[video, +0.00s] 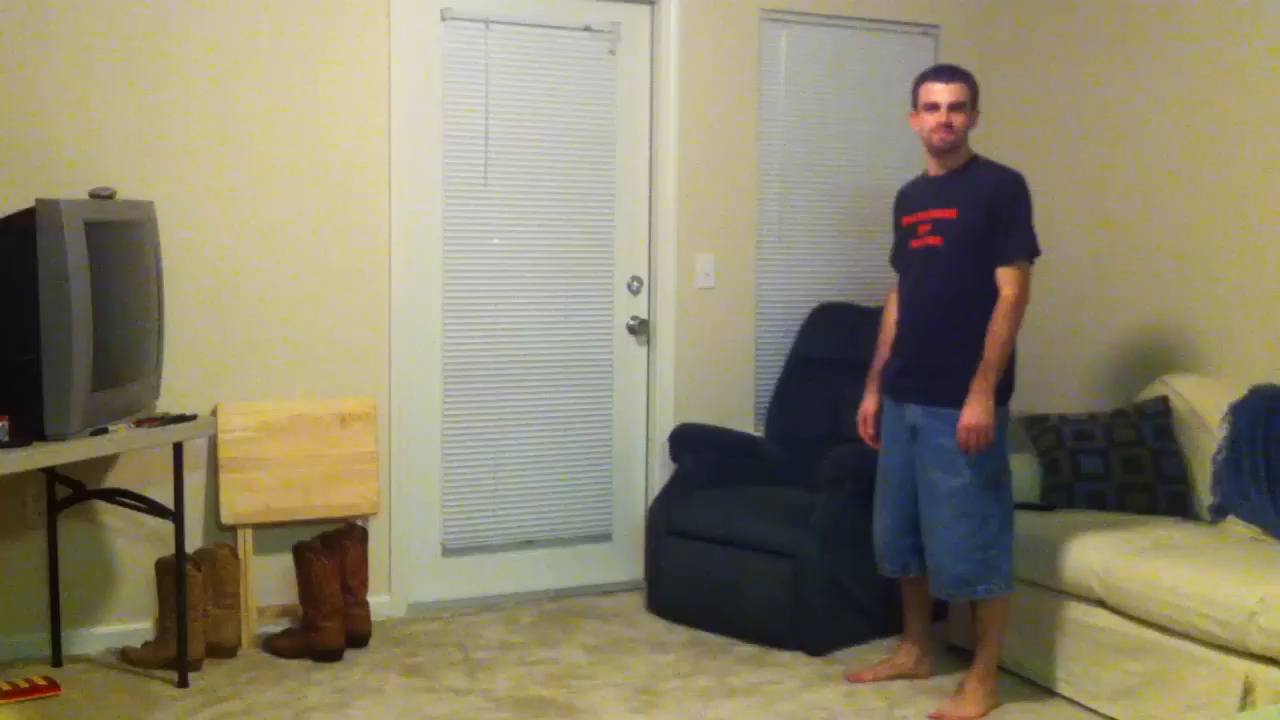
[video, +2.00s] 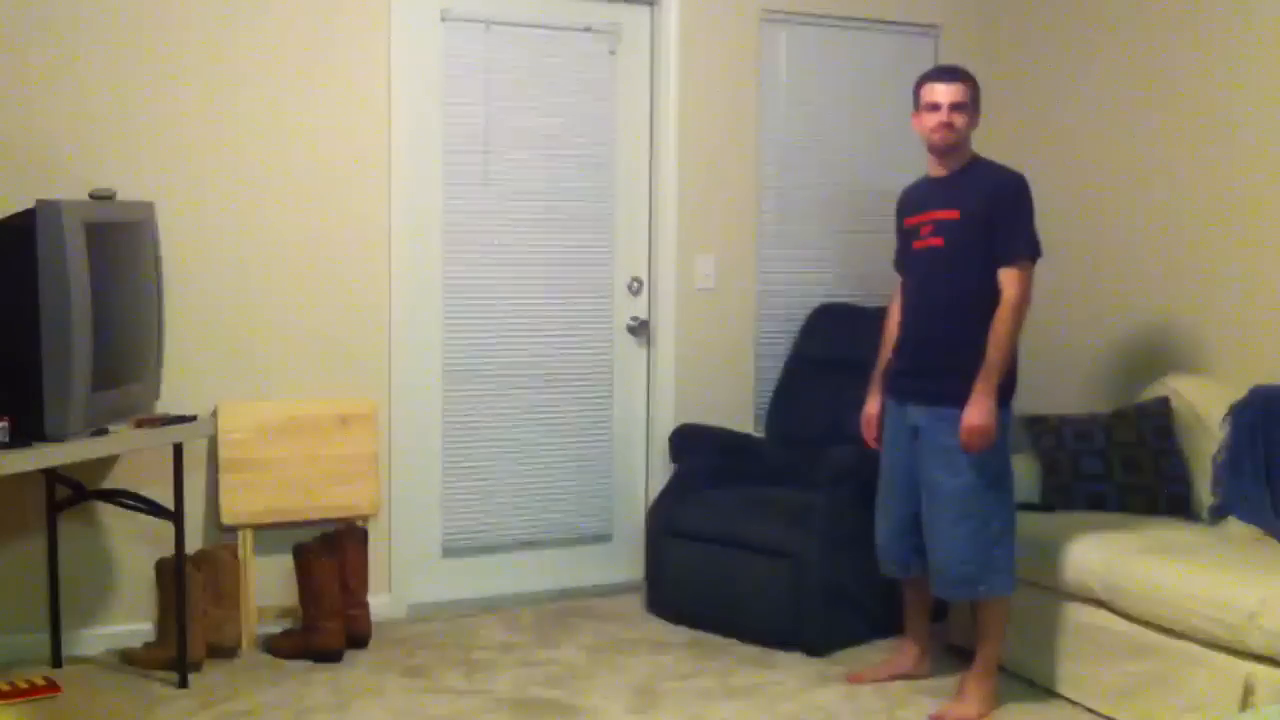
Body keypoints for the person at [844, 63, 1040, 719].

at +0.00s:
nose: (944, 119)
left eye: (957, 109)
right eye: (931, 108)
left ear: (974, 118)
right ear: (914, 118)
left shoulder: (1001, 188)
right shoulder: (909, 199)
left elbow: (1012, 297)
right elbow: (900, 295)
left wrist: (983, 394)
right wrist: (874, 386)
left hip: (964, 402)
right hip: (902, 397)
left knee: (978, 544)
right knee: (907, 531)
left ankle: (983, 677)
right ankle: (914, 650)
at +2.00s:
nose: (944, 118)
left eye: (958, 108)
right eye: (932, 108)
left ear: (975, 119)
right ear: (916, 119)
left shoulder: (1003, 188)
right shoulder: (911, 200)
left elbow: (1014, 296)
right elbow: (903, 297)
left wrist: (986, 393)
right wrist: (877, 387)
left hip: (966, 402)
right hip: (905, 398)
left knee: (980, 542)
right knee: (908, 531)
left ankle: (983, 676)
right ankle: (915, 650)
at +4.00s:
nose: (928, 116)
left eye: (941, 105)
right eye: (918, 108)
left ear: (968, 114)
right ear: (909, 121)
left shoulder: (1002, 189)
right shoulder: (912, 201)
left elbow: (1012, 299)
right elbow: (902, 299)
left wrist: (982, 397)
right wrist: (876, 387)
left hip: (964, 404)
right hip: (904, 400)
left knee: (980, 543)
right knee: (908, 530)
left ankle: (983, 677)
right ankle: (913, 651)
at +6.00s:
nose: (933, 125)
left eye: (945, 112)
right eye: (925, 115)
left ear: (982, 114)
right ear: (921, 123)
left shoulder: (1016, 194)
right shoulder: (927, 196)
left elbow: (1024, 308)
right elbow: (916, 299)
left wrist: (990, 406)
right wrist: (885, 384)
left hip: (980, 410)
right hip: (919, 402)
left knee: (989, 548)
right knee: (915, 534)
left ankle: (984, 679)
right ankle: (913, 652)